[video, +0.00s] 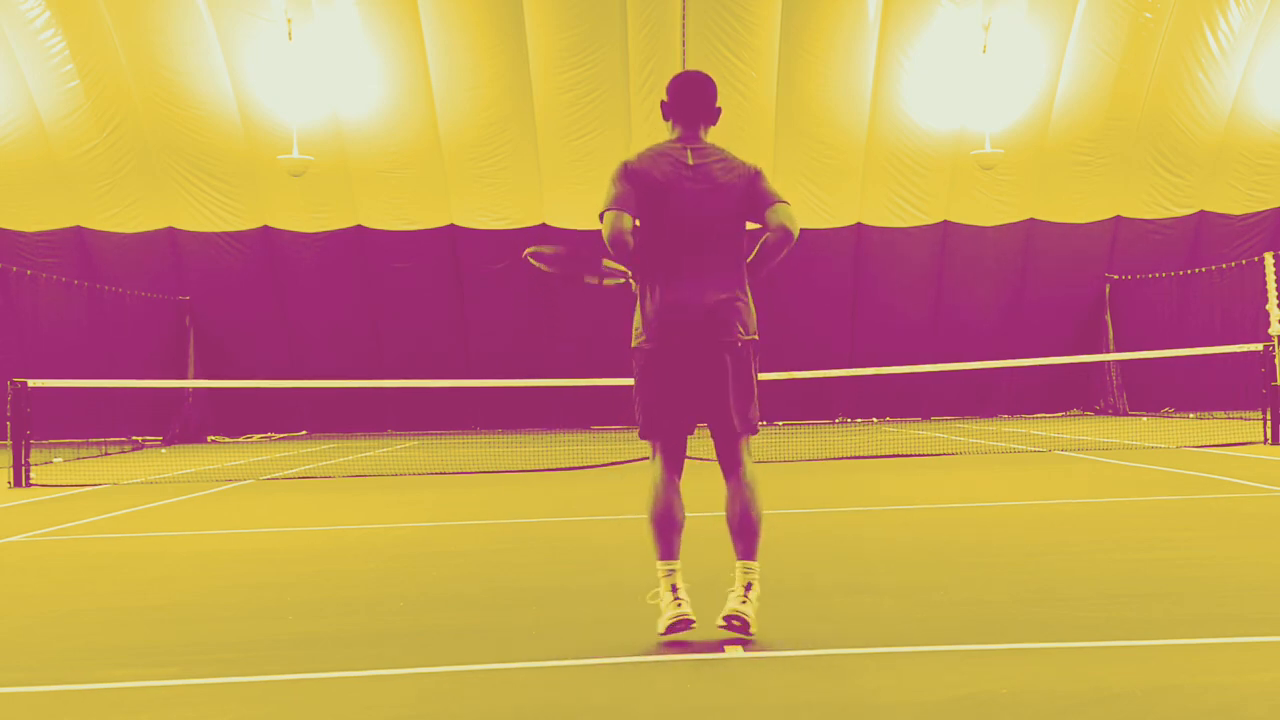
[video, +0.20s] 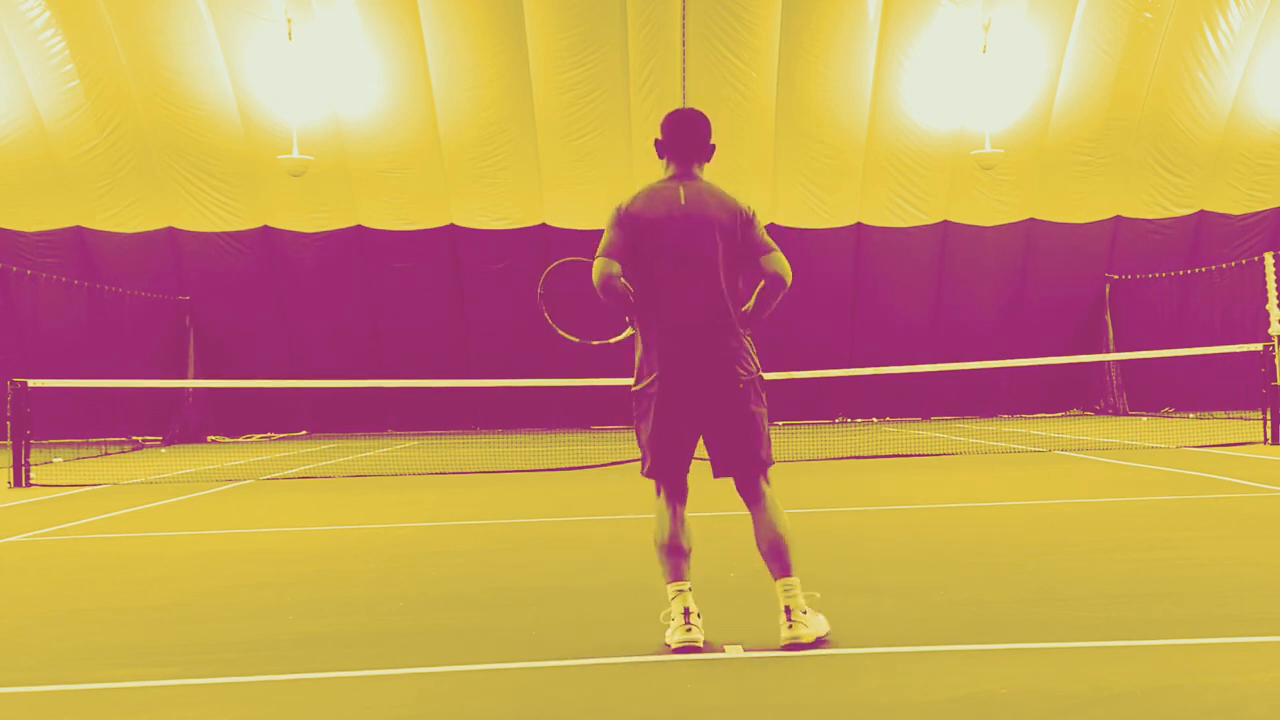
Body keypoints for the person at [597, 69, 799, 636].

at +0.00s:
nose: (680, 121)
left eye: (672, 110)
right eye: (704, 113)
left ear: (665, 113)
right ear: (716, 116)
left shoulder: (637, 168)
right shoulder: (742, 172)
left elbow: (615, 235)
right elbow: (784, 228)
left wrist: (642, 274)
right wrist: (745, 278)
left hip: (663, 328)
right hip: (727, 326)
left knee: (666, 462)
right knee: (736, 461)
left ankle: (672, 593)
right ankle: (745, 591)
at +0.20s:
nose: (690, 161)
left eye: (673, 150)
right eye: (701, 150)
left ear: (660, 151)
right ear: (709, 152)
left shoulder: (628, 212)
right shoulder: (733, 211)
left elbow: (603, 278)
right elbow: (780, 275)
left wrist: (644, 307)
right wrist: (750, 318)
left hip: (664, 370)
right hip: (730, 368)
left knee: (670, 495)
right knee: (757, 489)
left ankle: (682, 615)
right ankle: (794, 610)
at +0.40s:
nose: (693, 129)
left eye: (681, 118)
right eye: (711, 120)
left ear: (673, 120)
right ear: (723, 123)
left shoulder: (648, 176)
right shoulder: (749, 179)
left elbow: (621, 234)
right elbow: (789, 233)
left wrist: (648, 279)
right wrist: (753, 284)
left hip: (670, 333)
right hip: (733, 331)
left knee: (666, 466)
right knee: (737, 464)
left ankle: (662, 593)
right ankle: (747, 590)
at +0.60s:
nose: (705, 167)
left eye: (689, 157)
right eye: (728, 157)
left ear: (685, 158)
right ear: (735, 160)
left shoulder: (661, 215)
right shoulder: (761, 219)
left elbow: (636, 289)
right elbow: (807, 280)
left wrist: (657, 314)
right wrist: (772, 325)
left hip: (679, 371)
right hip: (743, 372)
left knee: (651, 493)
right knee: (726, 492)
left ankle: (639, 617)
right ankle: (738, 612)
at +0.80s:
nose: (685, 130)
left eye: (680, 120)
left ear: (677, 122)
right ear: (727, 125)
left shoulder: (654, 179)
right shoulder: (755, 179)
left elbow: (632, 244)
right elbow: (796, 234)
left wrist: (656, 282)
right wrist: (761, 278)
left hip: (682, 336)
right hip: (746, 335)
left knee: (682, 463)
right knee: (749, 461)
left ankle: (693, 590)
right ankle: (756, 588)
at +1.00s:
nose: (702, 162)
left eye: (673, 154)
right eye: (712, 152)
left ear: (667, 155)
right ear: (717, 155)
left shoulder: (644, 216)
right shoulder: (744, 211)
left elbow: (624, 286)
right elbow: (792, 273)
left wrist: (655, 322)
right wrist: (759, 316)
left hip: (685, 371)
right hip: (750, 366)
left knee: (697, 493)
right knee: (779, 484)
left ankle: (715, 611)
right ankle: (816, 605)